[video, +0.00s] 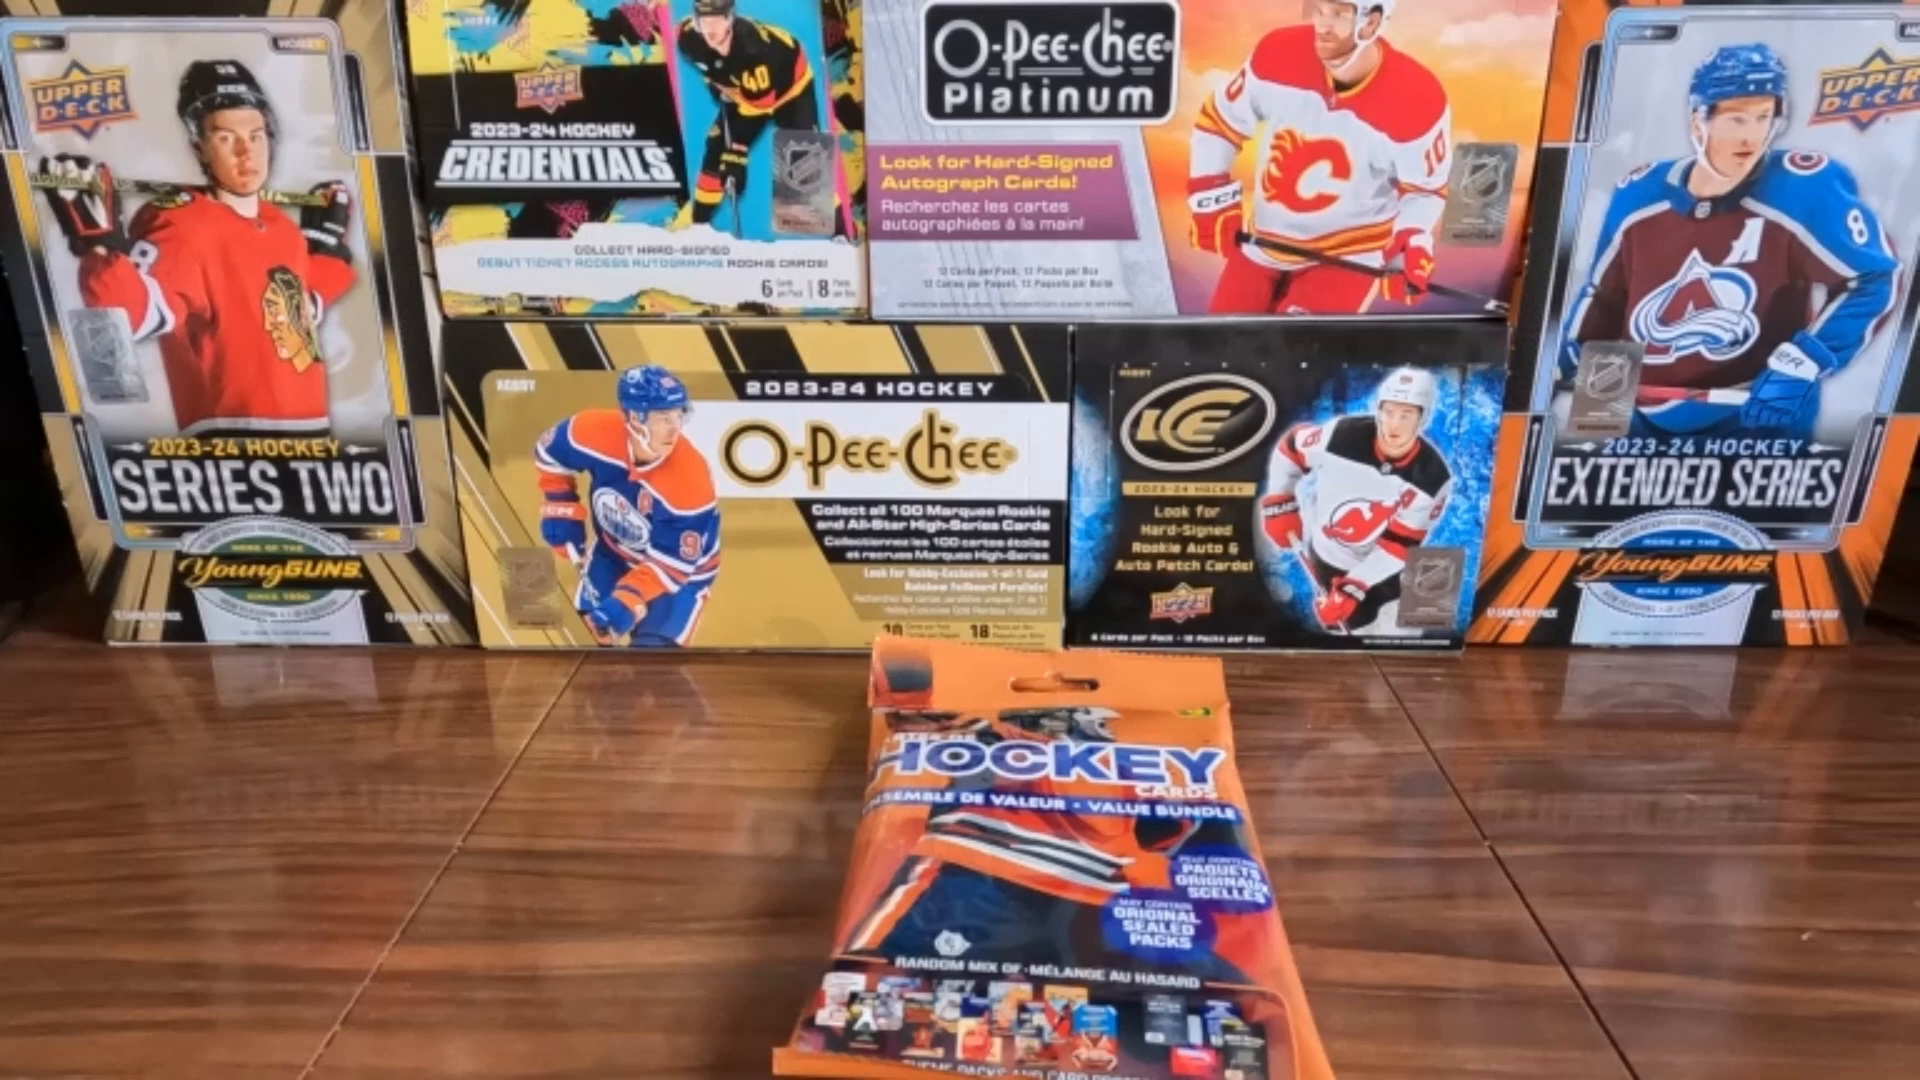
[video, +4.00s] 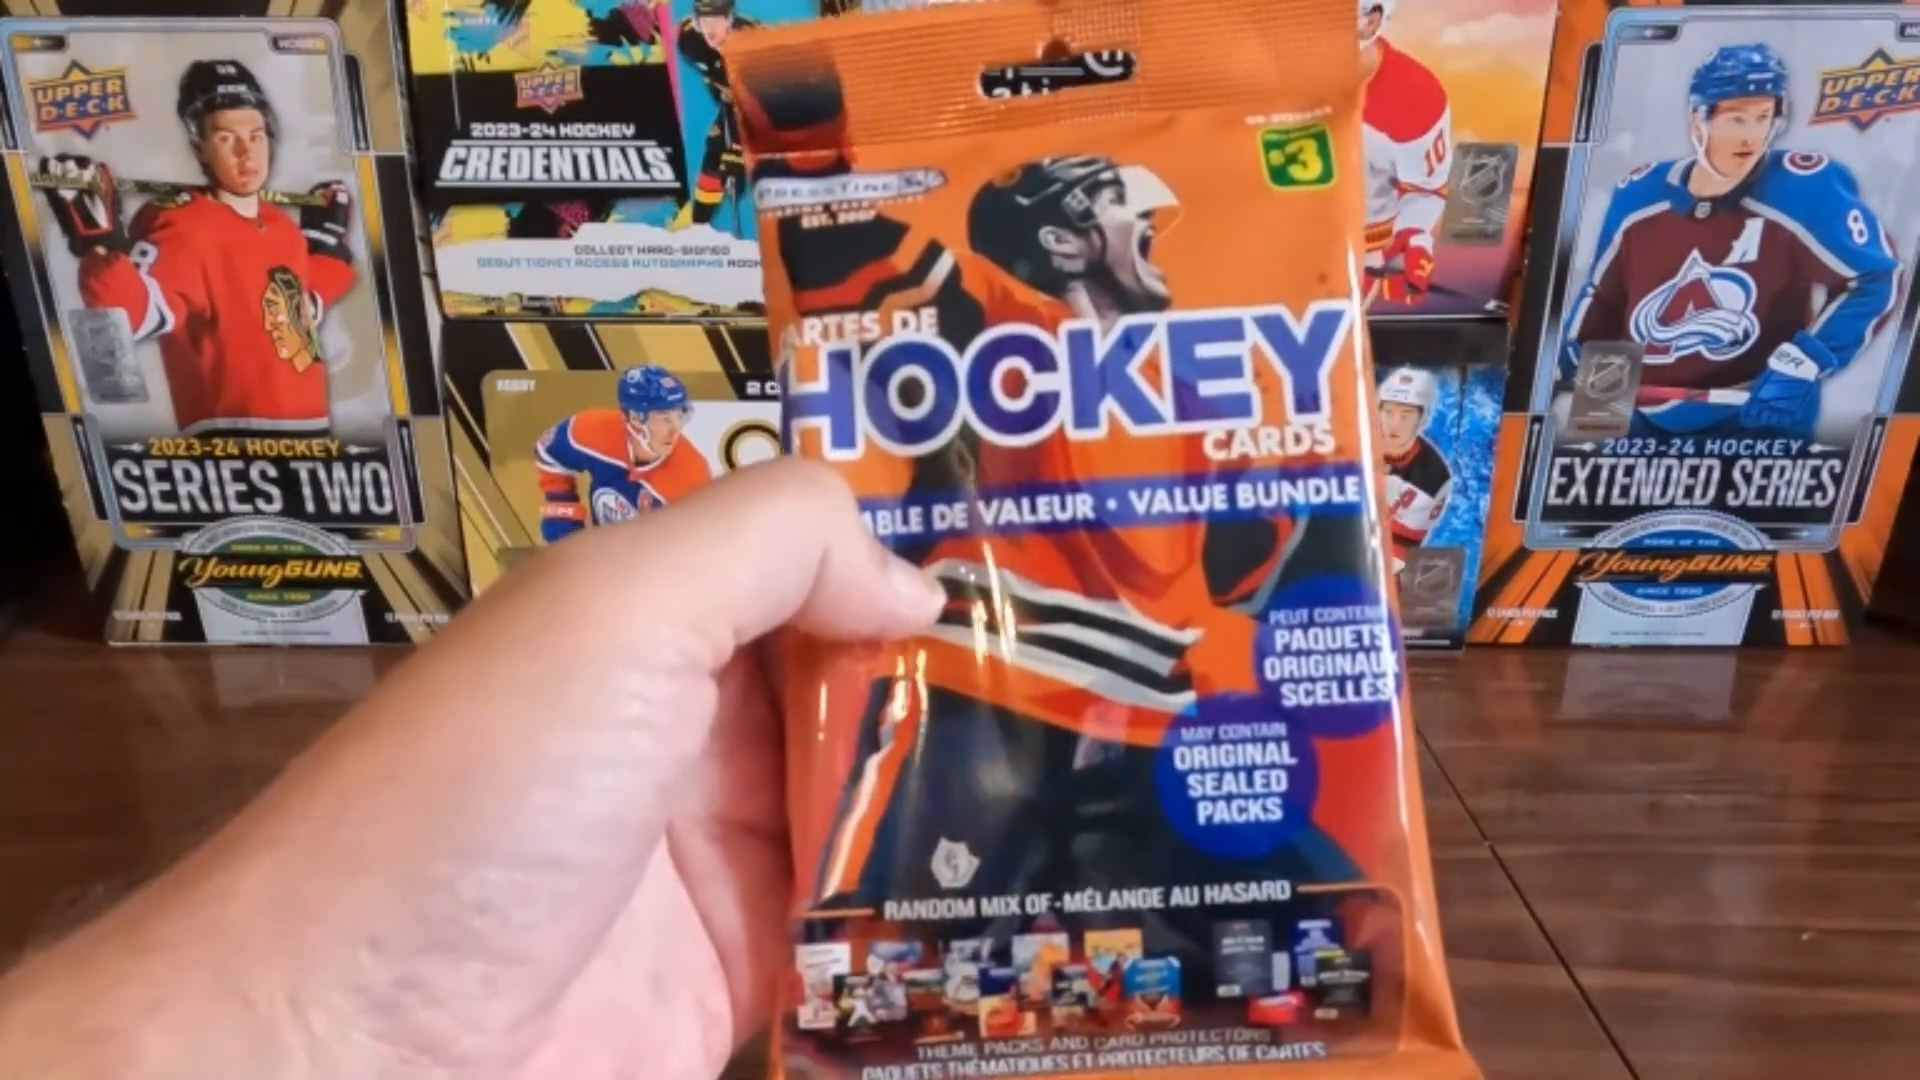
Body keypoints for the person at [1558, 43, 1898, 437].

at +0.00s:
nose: (1749, 135)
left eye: (1762, 118)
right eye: (1734, 119)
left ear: (1775, 123)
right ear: (1698, 124)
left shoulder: (1803, 193)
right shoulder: (1638, 197)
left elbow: (1878, 279)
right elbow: (1600, 296)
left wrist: (1801, 364)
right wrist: (1570, 365)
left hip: (1743, 425)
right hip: (1637, 420)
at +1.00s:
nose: (1749, 135)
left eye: (1762, 118)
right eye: (1734, 119)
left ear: (1775, 123)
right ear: (1698, 124)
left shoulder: (1803, 193)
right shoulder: (1638, 197)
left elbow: (1877, 279)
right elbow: (1600, 295)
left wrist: (1800, 365)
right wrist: (1576, 367)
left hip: (1744, 426)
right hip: (1637, 421)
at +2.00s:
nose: (1749, 134)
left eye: (1762, 118)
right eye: (1734, 119)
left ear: (1775, 123)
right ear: (1698, 124)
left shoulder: (1804, 192)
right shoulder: (1638, 197)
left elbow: (1878, 279)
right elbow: (1600, 297)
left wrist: (1801, 365)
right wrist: (1573, 367)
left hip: (1745, 427)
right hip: (1638, 422)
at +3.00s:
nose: (1750, 135)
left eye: (1762, 118)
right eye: (1734, 119)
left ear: (1775, 123)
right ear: (1698, 124)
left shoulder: (1804, 193)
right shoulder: (1637, 197)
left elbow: (1878, 279)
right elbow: (1600, 297)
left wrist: (1801, 365)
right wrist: (1572, 366)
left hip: (1744, 427)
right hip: (1636, 422)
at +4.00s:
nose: (1750, 135)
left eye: (1762, 118)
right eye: (1734, 119)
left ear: (1775, 122)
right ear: (1698, 124)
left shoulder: (1804, 192)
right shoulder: (1637, 197)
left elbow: (1879, 278)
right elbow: (1600, 297)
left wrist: (1802, 364)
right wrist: (1576, 361)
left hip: (1744, 427)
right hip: (1637, 421)